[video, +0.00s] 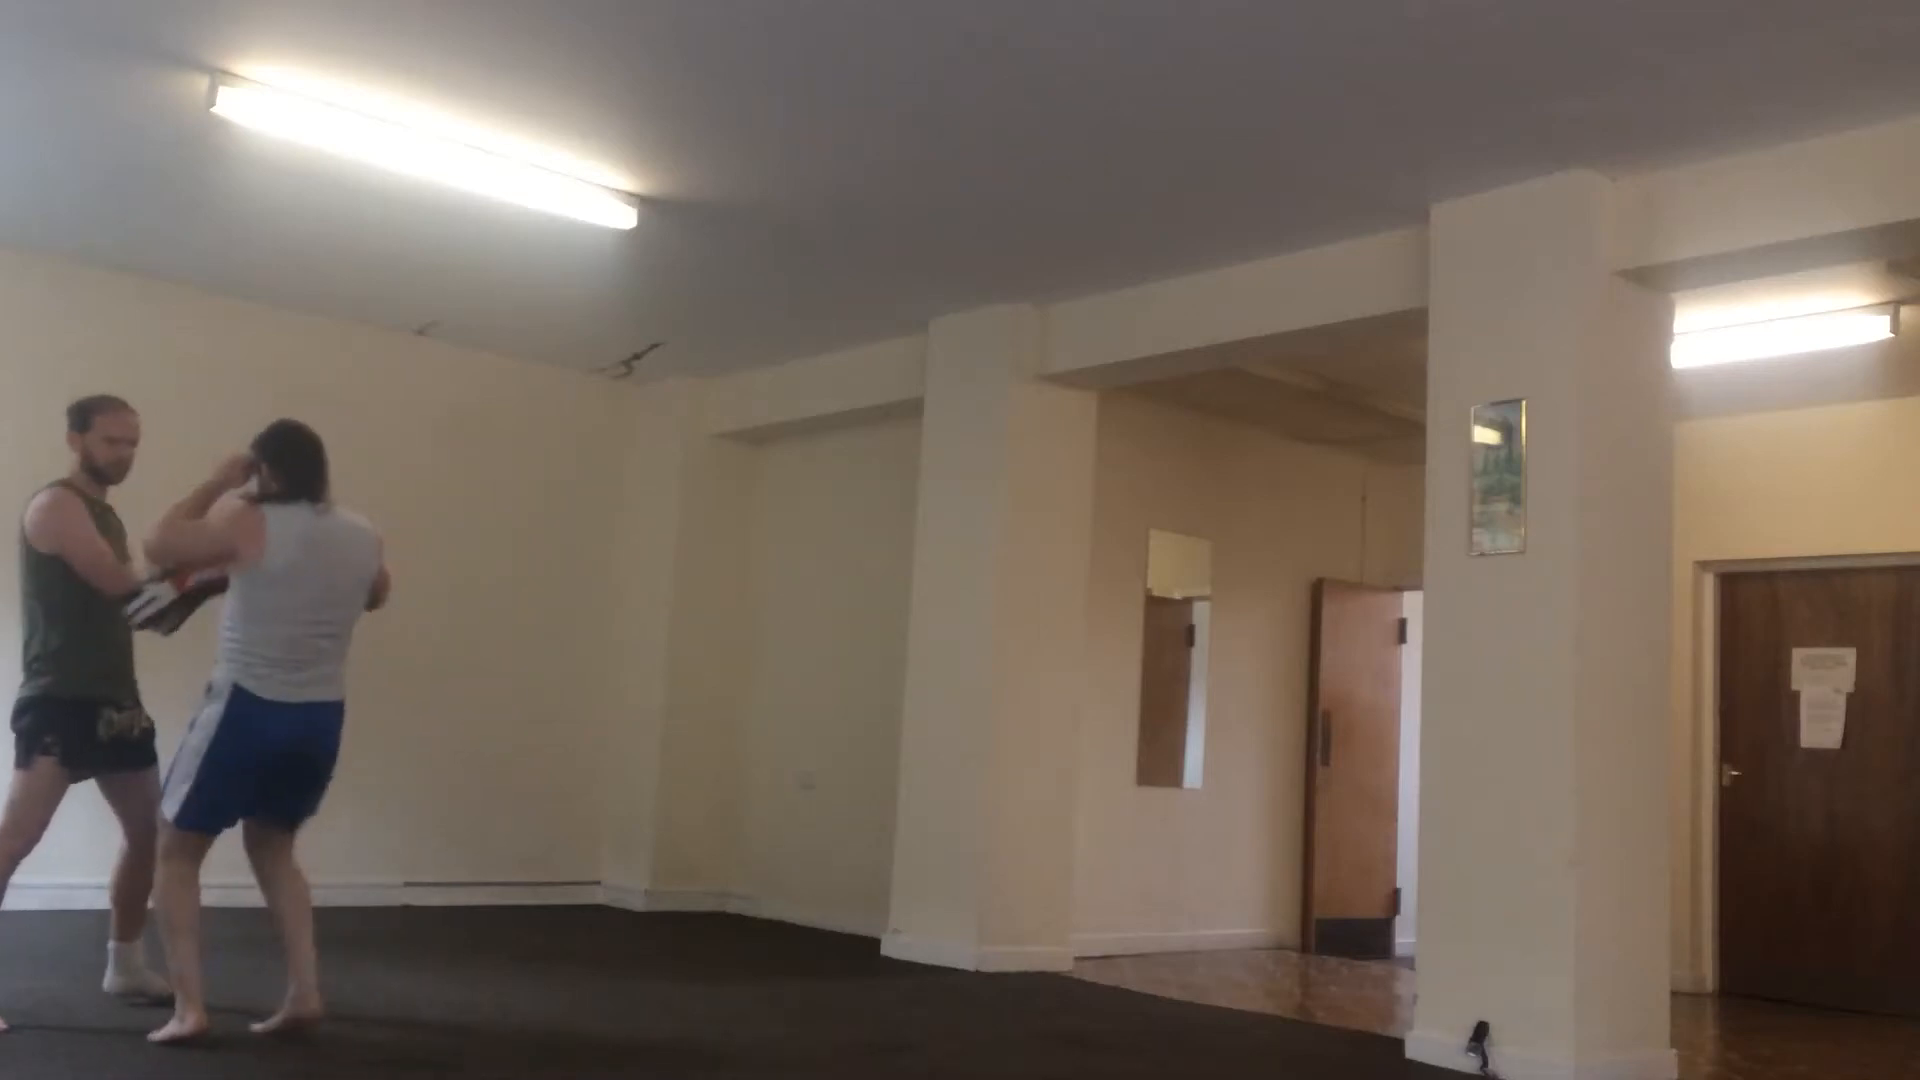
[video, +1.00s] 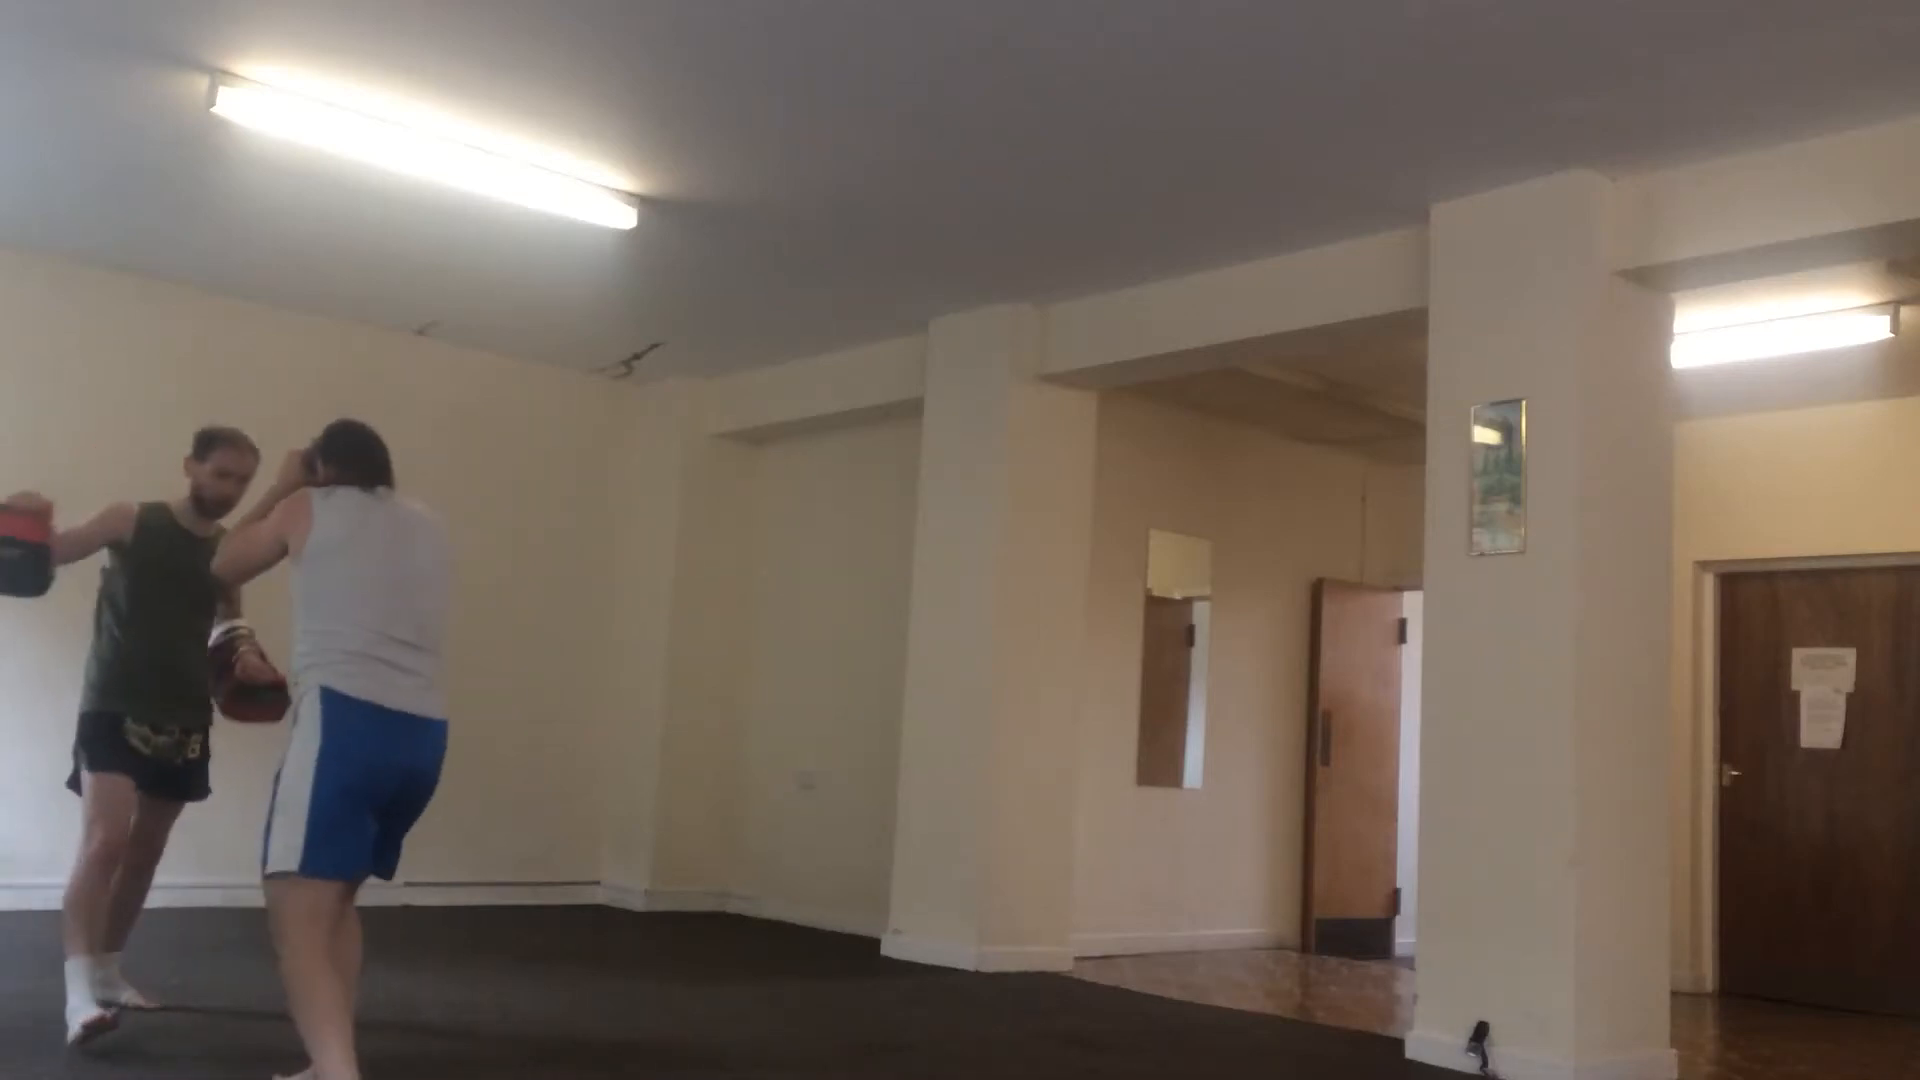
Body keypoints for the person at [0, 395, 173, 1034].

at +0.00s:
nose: (126, 454)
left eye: (132, 444)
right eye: (114, 442)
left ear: (134, 447)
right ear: (77, 441)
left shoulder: (106, 517)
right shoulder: (54, 506)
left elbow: (125, 606)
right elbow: (113, 581)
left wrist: (188, 587)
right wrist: (165, 571)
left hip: (113, 701)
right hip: (59, 702)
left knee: (146, 834)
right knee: (15, 840)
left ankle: (125, 966)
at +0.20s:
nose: (142, 482)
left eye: (152, 474)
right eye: (136, 469)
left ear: (154, 472)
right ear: (103, 453)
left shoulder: (137, 524)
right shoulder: (52, 507)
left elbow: (181, 596)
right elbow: (73, 591)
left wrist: (189, 547)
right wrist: (152, 546)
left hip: (127, 702)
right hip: (59, 697)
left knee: (130, 843)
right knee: (15, 839)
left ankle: (103, 973)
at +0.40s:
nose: (149, 478)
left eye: (162, 471)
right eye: (143, 467)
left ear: (165, 476)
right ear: (117, 462)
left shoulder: (164, 523)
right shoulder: (71, 509)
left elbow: (220, 530)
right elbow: (87, 511)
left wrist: (239, 488)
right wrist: (119, 445)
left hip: (148, 699)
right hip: (75, 694)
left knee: (128, 844)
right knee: (29, 841)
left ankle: (104, 970)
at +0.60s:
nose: (177, 482)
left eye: (189, 474)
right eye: (170, 470)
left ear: (199, 476)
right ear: (145, 461)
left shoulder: (194, 523)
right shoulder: (111, 513)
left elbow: (267, 551)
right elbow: (64, 524)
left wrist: (266, 476)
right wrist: (96, 445)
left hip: (161, 697)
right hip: (92, 689)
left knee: (136, 841)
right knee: (64, 829)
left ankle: (102, 972)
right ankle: (14, 971)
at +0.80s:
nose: (191, 477)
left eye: (203, 469)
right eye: (183, 464)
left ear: (213, 472)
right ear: (156, 457)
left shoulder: (215, 539)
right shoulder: (119, 517)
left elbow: (272, 625)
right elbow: (47, 574)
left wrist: (263, 568)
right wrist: (74, 512)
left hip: (169, 703)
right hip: (100, 691)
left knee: (139, 845)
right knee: (91, 826)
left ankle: (102, 973)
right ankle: (62, 981)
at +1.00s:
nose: (229, 487)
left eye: (241, 480)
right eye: (222, 473)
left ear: (246, 486)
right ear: (192, 466)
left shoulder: (228, 552)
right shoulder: (132, 521)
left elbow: (230, 635)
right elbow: (53, 552)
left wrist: (248, 659)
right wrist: (27, 523)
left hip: (182, 718)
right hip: (117, 707)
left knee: (145, 854)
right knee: (107, 843)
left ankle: (106, 973)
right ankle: (79, 997)